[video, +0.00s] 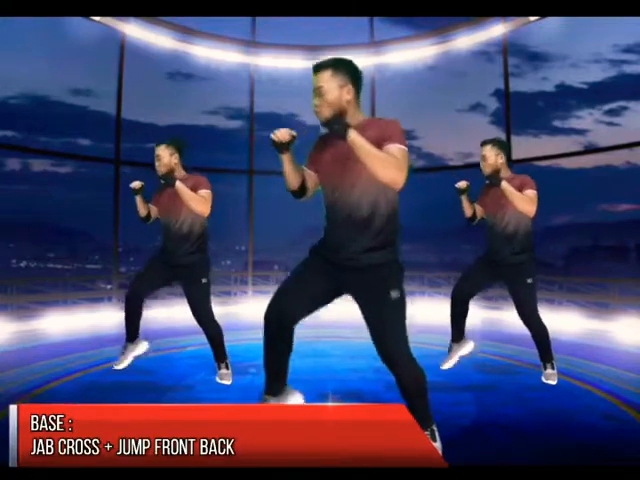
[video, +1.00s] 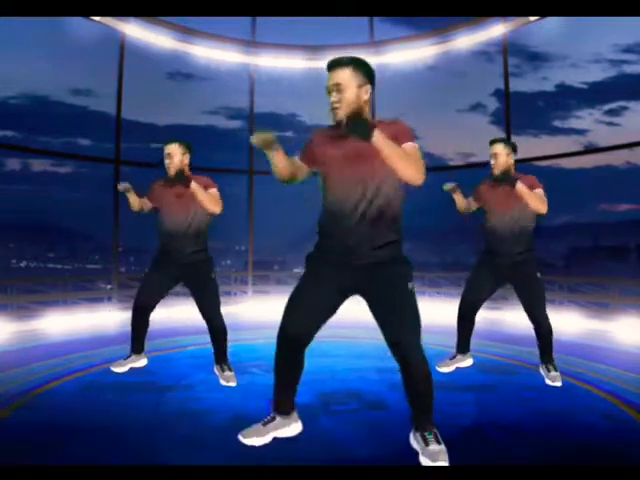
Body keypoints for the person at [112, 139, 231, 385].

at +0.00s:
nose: (156, 163)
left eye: (160, 158)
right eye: (156, 159)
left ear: (175, 158)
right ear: (162, 162)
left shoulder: (197, 181)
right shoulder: (164, 191)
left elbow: (204, 209)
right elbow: (148, 216)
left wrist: (177, 183)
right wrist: (138, 195)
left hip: (194, 261)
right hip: (167, 259)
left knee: (203, 315)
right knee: (134, 294)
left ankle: (223, 364)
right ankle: (132, 342)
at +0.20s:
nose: (138, 159)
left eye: (142, 154)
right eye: (137, 155)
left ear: (157, 155)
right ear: (141, 159)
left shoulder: (179, 178)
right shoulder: (144, 188)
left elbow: (183, 206)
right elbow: (126, 209)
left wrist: (157, 179)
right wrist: (118, 189)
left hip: (174, 254)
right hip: (145, 253)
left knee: (191, 306)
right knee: (121, 297)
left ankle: (203, 353)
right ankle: (113, 343)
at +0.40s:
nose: (135, 164)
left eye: (139, 159)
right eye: (134, 160)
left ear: (153, 160)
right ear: (136, 164)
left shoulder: (174, 185)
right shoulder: (136, 193)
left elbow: (179, 216)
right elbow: (119, 213)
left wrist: (155, 188)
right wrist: (112, 192)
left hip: (167, 260)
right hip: (138, 260)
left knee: (189, 309)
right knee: (116, 301)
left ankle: (194, 353)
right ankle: (114, 346)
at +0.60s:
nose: (148, 157)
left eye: (152, 153)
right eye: (146, 154)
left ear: (166, 154)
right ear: (147, 159)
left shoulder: (184, 175)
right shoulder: (150, 184)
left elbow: (189, 201)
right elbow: (135, 209)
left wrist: (163, 179)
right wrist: (127, 185)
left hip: (184, 252)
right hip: (159, 253)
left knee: (199, 308)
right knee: (131, 294)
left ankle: (221, 361)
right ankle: (131, 348)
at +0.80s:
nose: (158, 169)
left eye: (162, 163)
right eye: (157, 164)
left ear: (176, 164)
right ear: (164, 167)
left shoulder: (197, 186)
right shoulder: (164, 194)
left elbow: (198, 218)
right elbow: (153, 225)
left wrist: (168, 199)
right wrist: (138, 207)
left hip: (198, 264)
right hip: (170, 264)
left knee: (210, 318)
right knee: (141, 304)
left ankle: (223, 366)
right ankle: (137, 355)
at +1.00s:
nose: (168, 161)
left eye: (171, 156)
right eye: (166, 157)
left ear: (186, 158)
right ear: (164, 161)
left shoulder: (203, 184)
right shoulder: (160, 188)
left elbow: (216, 208)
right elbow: (141, 207)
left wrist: (192, 184)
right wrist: (130, 193)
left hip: (197, 262)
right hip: (167, 261)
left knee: (213, 316)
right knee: (141, 305)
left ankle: (223, 365)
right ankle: (137, 355)